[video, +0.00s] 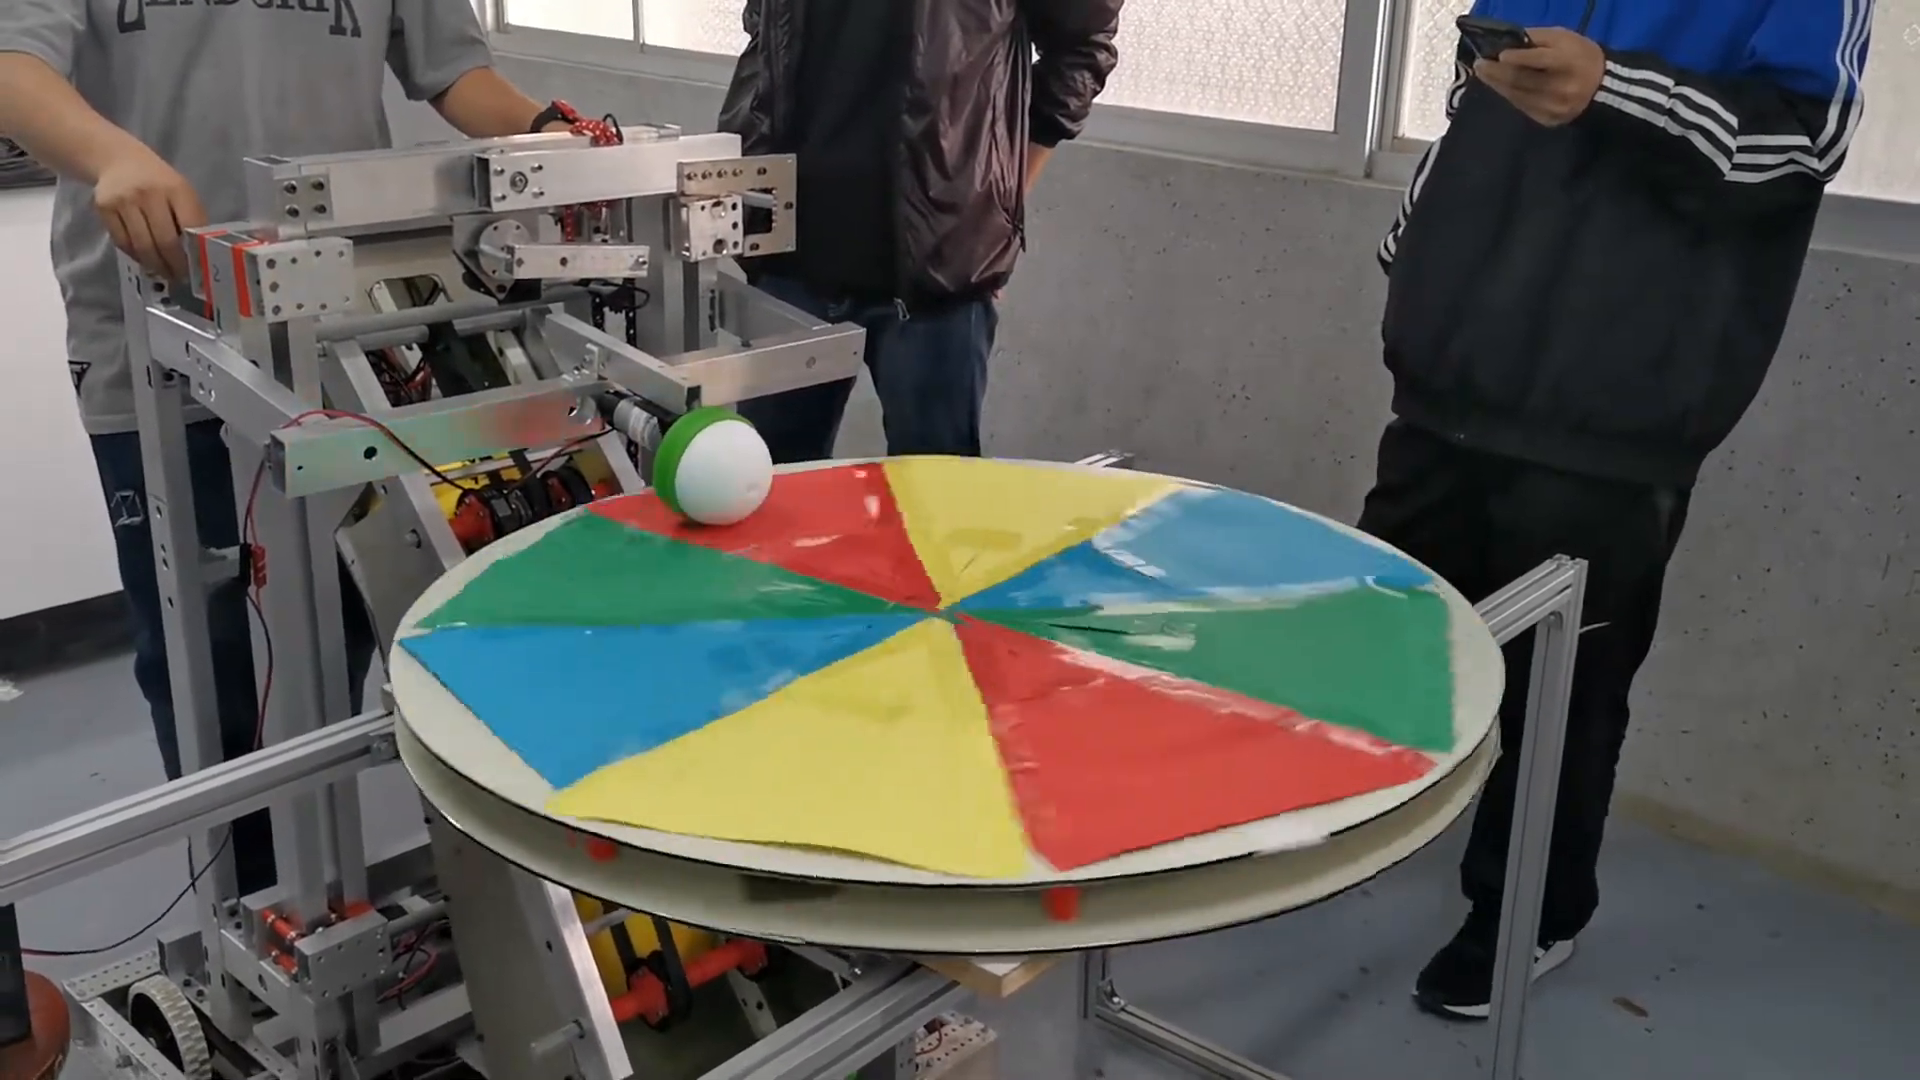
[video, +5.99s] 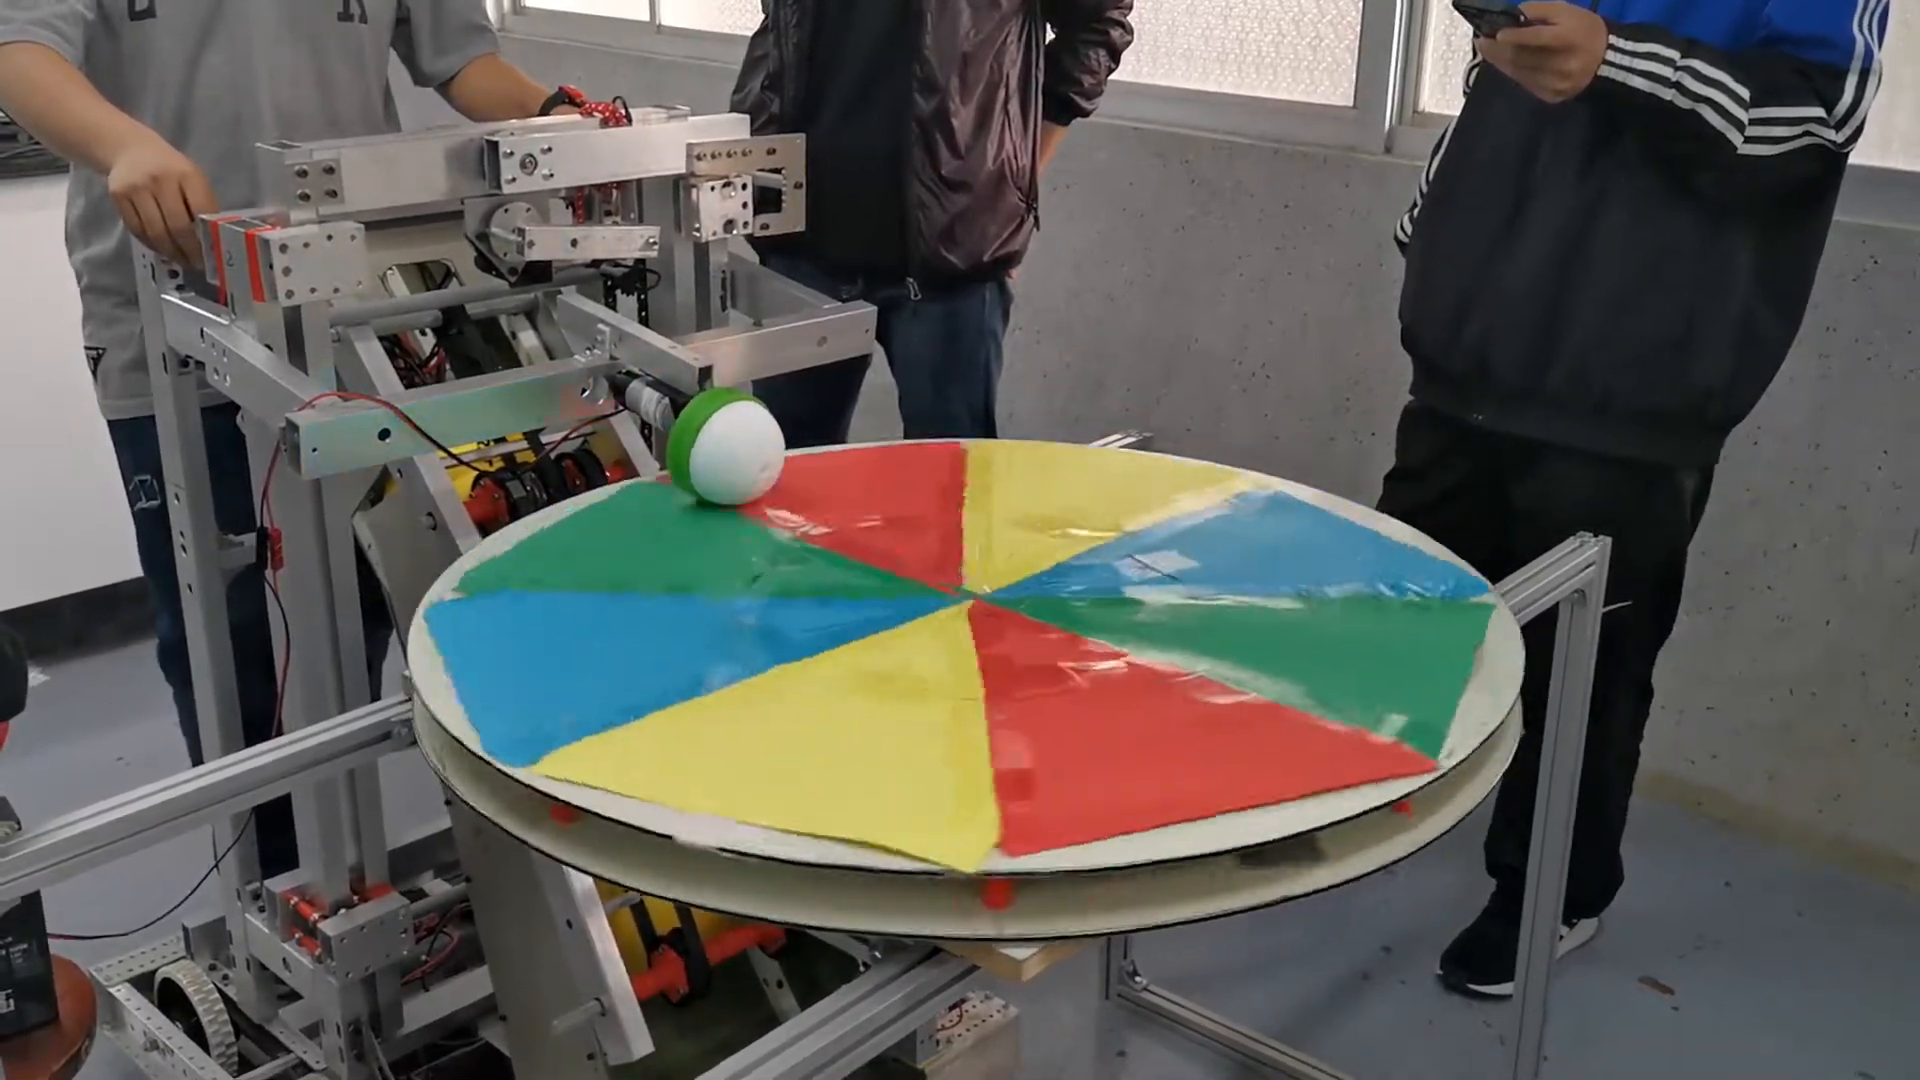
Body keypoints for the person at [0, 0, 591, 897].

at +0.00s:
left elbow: (449, 62)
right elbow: (16, 61)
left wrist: (547, 131)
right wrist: (109, 153)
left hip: (339, 345)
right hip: (156, 349)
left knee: (343, 628)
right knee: (200, 659)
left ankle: (334, 876)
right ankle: (250, 907)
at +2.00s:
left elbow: (458, 47)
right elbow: (23, 36)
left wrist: (561, 118)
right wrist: (124, 133)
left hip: (348, 319)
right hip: (163, 325)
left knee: (348, 606)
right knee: (208, 639)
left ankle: (330, 849)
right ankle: (253, 884)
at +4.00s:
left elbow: (458, 50)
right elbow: (22, 46)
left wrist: (558, 112)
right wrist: (124, 138)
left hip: (347, 319)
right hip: (166, 326)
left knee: (353, 602)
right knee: (214, 633)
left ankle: (349, 851)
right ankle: (263, 880)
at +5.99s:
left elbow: (454, 49)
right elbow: (22, 50)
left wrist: (556, 117)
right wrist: (122, 143)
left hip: (346, 315)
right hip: (168, 326)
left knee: (353, 601)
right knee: (217, 630)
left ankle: (346, 853)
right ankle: (268, 882)